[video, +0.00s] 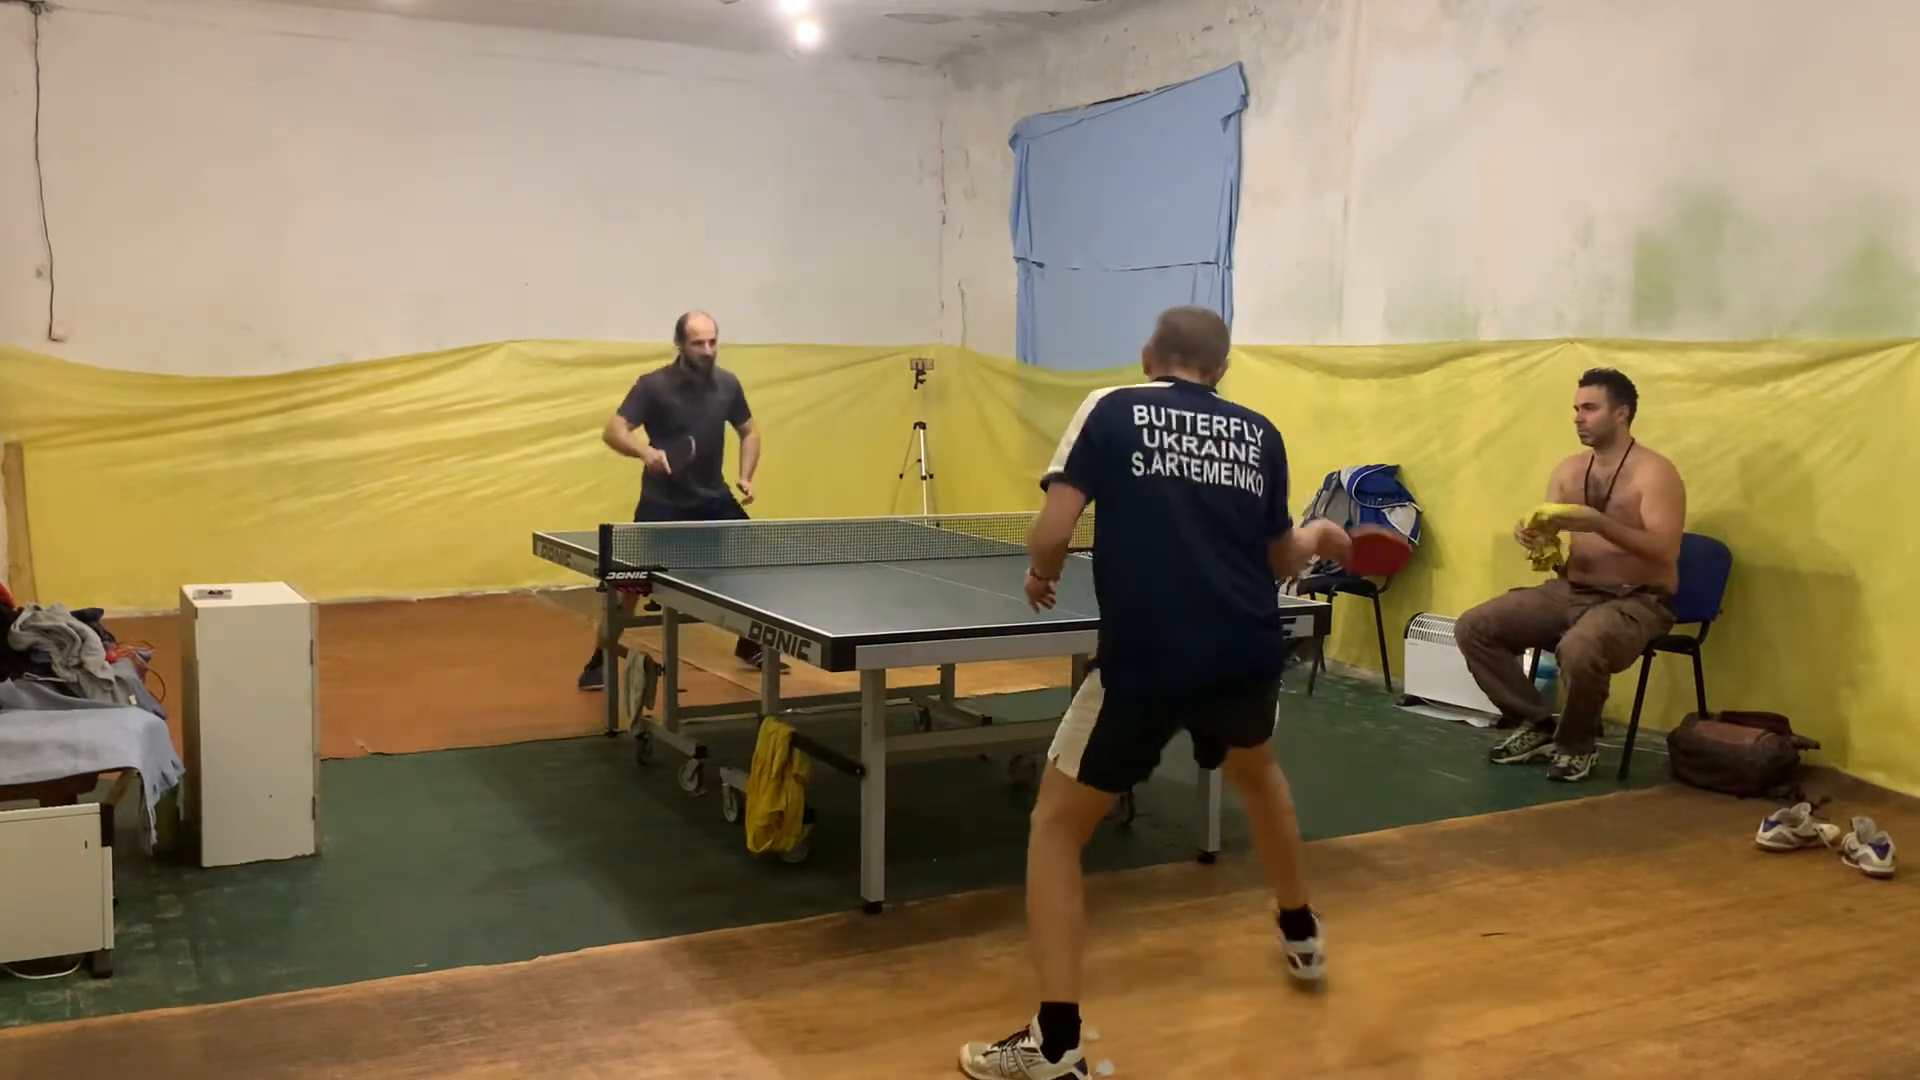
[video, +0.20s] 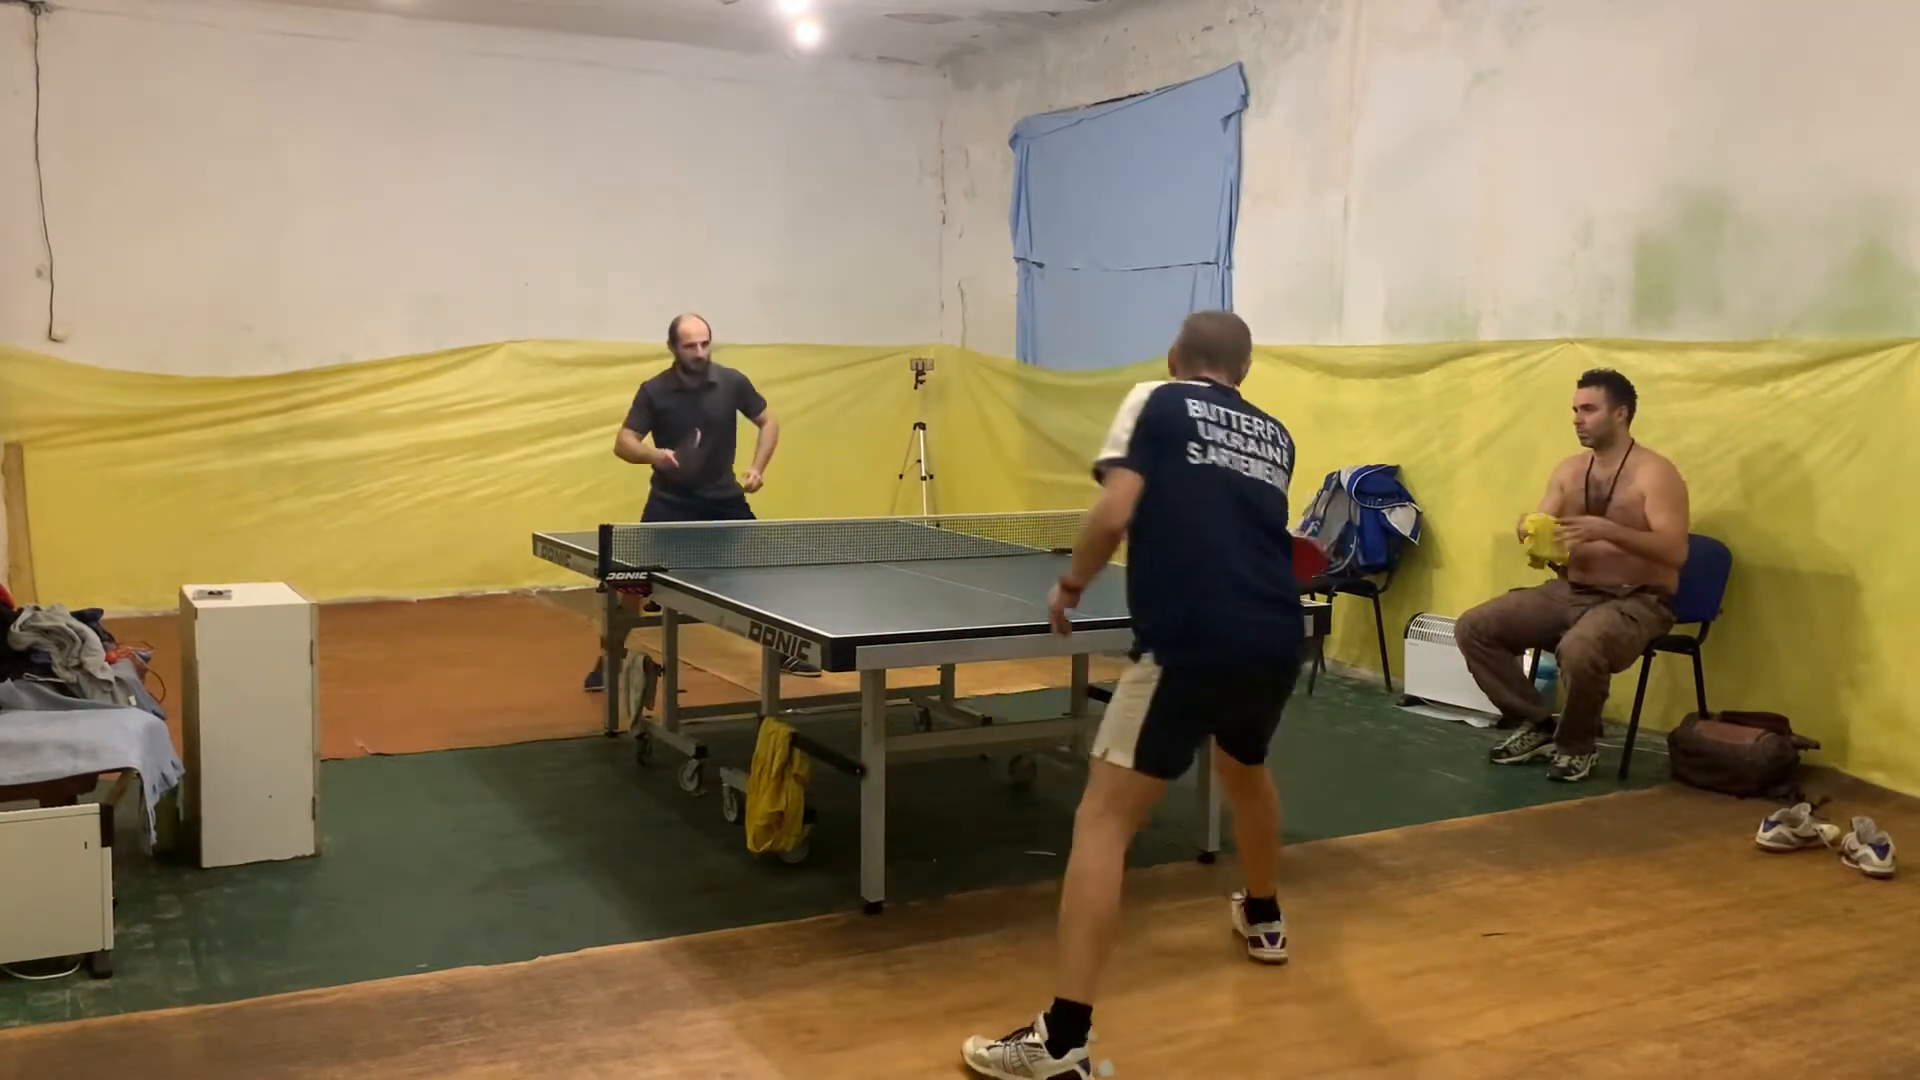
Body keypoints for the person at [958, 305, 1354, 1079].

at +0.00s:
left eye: (1146, 359)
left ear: (1148, 358)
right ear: (1221, 370)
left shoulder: (1110, 408)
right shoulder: (1262, 435)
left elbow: (1053, 531)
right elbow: (1281, 564)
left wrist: (1044, 572)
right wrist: (1313, 537)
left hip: (1141, 658)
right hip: (1245, 656)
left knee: (1057, 829)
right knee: (1256, 768)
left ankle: (1056, 1038)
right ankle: (1302, 935)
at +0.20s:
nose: (1167, 373)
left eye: (1169, 362)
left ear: (1176, 361)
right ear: (1242, 372)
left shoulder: (1154, 401)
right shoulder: (1276, 435)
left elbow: (1115, 509)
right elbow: (1261, 538)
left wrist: (1074, 581)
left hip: (1184, 645)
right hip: (1272, 643)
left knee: (1105, 818)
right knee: (1245, 764)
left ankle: (1064, 1033)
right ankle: (1264, 919)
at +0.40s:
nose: (1176, 394)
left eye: (1178, 385)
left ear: (1184, 388)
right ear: (1247, 398)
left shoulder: (1188, 423)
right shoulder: (1267, 454)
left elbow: (1185, 530)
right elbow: (1245, 550)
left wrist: (1109, 615)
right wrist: (1156, 536)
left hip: (1225, 653)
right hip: (1302, 654)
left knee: (1121, 819)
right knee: (1234, 753)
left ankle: (1098, 1030)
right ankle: (1259, 913)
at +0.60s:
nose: (1162, 386)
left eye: (1164, 375)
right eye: (1170, 375)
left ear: (1172, 378)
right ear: (1235, 386)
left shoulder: (1179, 425)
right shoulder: (1269, 448)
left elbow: (1179, 543)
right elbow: (1263, 555)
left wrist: (1101, 625)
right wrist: (1155, 560)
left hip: (1217, 660)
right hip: (1293, 656)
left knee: (1106, 826)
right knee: (1231, 763)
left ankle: (1144, 1025)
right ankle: (1260, 916)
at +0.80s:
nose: (1146, 348)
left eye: (1148, 338)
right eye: (1158, 338)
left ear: (1156, 339)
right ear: (1226, 348)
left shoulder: (1139, 396)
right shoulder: (1270, 420)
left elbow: (1107, 520)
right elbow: (1284, 534)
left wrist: (1061, 599)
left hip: (1174, 652)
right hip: (1269, 645)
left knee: (1110, 839)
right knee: (1265, 769)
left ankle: (1166, 1053)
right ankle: (1284, 930)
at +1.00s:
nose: (1129, 352)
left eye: (1130, 341)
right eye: (1138, 341)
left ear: (1141, 342)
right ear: (1210, 348)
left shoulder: (1134, 394)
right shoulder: (1270, 418)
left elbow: (1114, 520)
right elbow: (1284, 536)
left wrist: (1052, 590)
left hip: (1189, 652)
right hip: (1292, 649)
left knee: (1084, 826)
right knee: (1302, 822)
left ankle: (1056, 1048)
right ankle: (1400, 999)